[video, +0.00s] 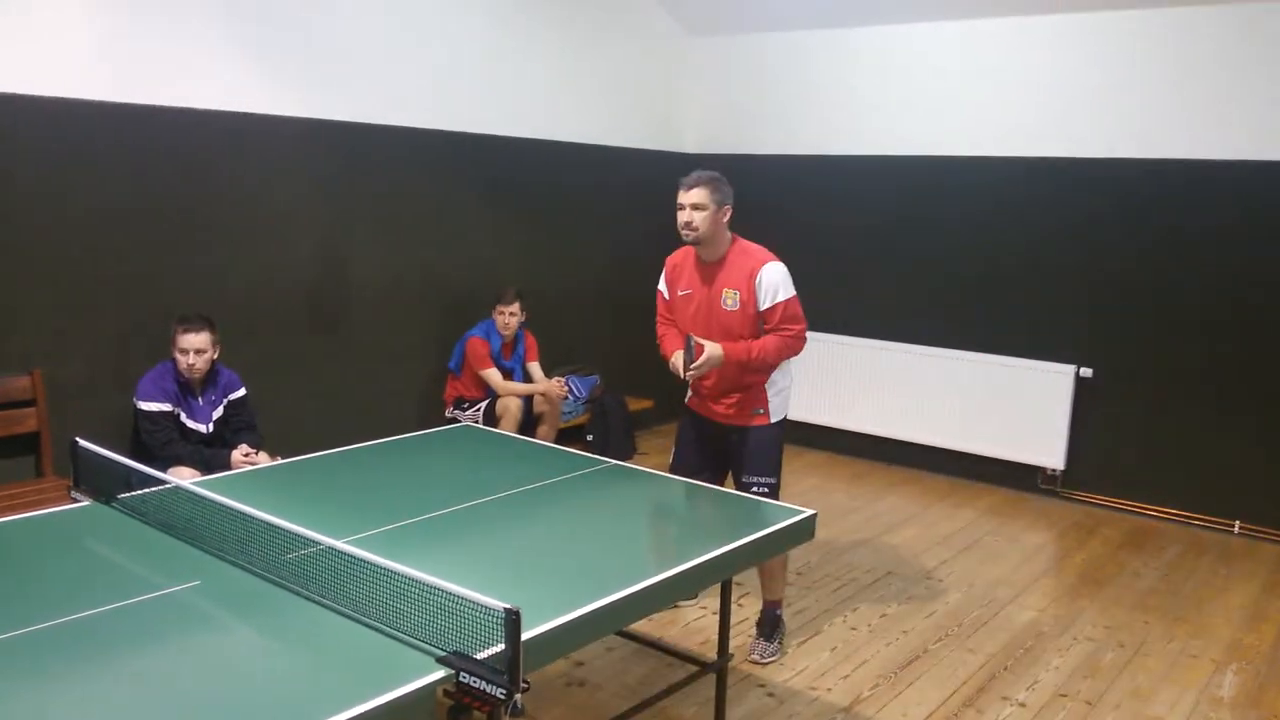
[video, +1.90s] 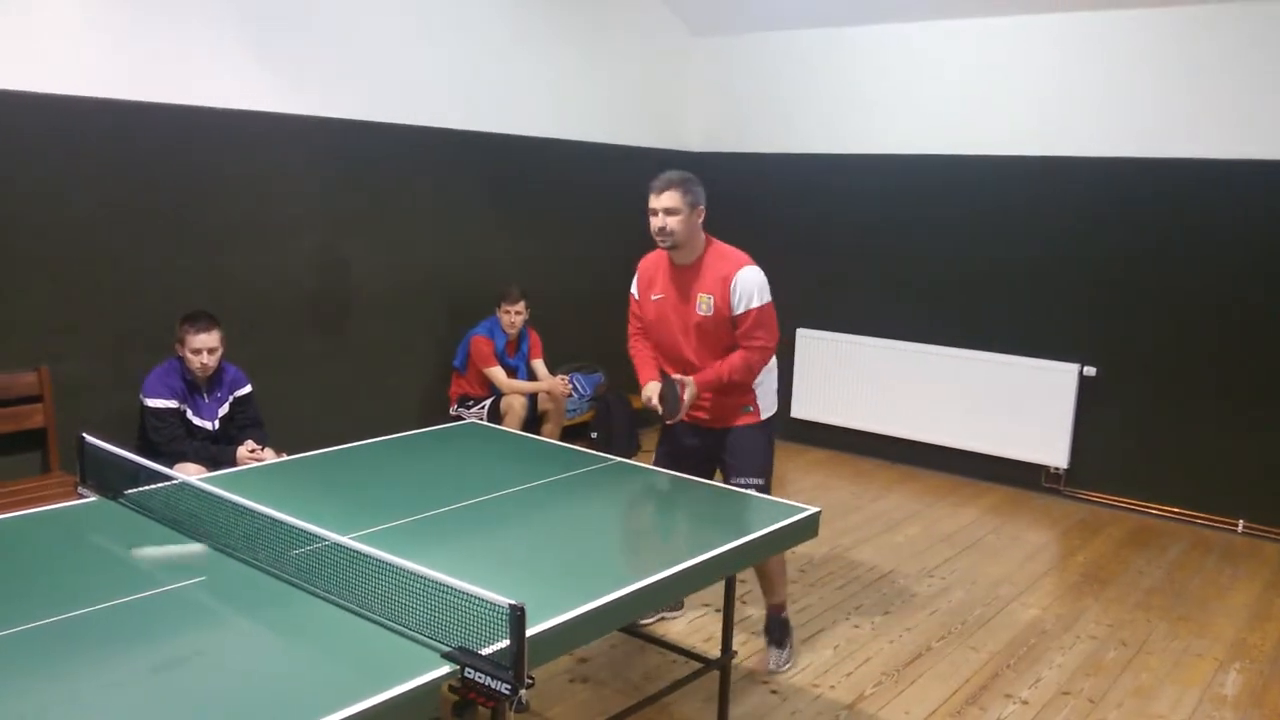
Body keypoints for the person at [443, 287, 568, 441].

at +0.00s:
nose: (506, 320)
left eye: (512, 315)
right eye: (501, 314)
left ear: (522, 317)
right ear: (494, 315)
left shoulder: (526, 339)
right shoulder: (477, 341)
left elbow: (539, 379)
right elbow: (500, 388)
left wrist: (553, 387)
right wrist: (545, 388)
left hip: (499, 401)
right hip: (463, 407)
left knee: (551, 403)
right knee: (513, 405)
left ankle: (539, 464)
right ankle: (501, 463)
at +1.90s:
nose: (512, 319)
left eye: (518, 313)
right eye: (507, 313)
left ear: (527, 315)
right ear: (498, 313)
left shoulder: (530, 337)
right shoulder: (480, 339)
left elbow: (544, 377)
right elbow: (505, 386)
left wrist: (558, 385)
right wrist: (549, 386)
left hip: (503, 399)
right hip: (468, 405)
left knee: (556, 400)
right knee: (517, 403)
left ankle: (546, 462)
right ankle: (504, 460)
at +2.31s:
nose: (508, 319)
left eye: (514, 313)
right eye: (503, 312)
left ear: (523, 314)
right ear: (494, 312)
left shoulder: (527, 336)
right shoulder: (477, 339)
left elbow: (541, 377)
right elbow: (501, 386)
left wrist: (554, 384)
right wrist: (544, 386)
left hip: (501, 399)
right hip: (464, 405)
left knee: (553, 401)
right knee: (513, 402)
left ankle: (541, 463)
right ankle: (501, 461)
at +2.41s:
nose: (508, 319)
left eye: (514, 313)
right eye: (503, 313)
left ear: (523, 315)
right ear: (494, 313)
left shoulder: (526, 337)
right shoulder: (477, 339)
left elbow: (541, 377)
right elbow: (501, 386)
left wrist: (554, 385)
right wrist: (544, 386)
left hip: (500, 399)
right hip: (464, 405)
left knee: (553, 401)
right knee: (513, 402)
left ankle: (540, 463)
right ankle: (500, 462)